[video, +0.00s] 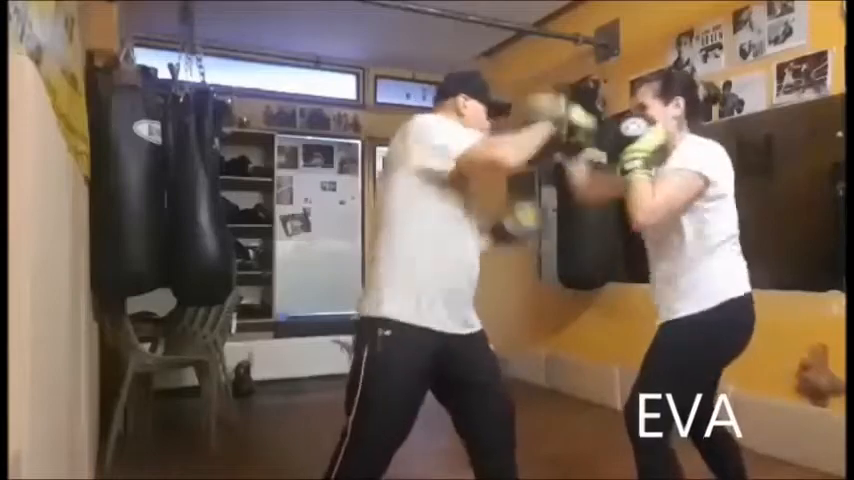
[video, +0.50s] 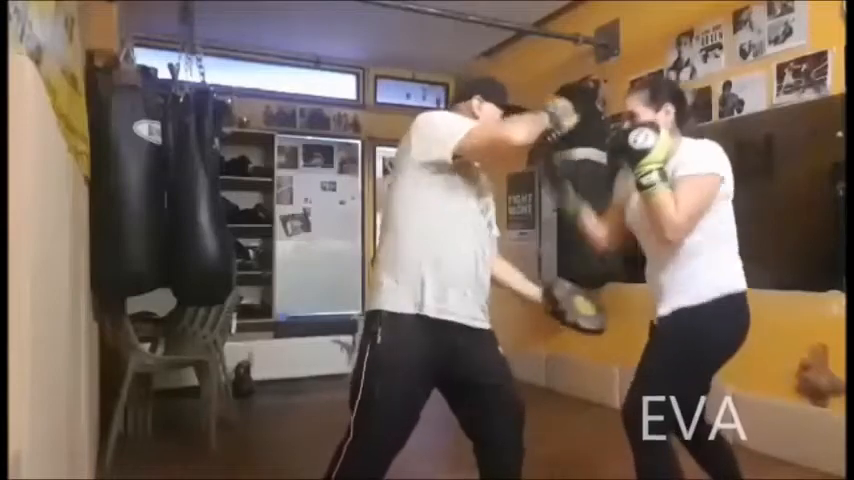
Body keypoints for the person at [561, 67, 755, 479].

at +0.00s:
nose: (637, 118)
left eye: (645, 108)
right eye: (636, 110)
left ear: (676, 106)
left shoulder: (702, 155)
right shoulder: (658, 163)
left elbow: (645, 215)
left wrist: (637, 159)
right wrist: (575, 148)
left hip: (712, 314)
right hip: (688, 316)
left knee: (643, 415)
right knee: (698, 412)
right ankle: (735, 473)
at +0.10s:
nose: (636, 120)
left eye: (643, 110)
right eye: (634, 112)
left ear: (674, 108)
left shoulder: (704, 156)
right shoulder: (657, 167)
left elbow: (652, 222)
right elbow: (584, 191)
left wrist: (636, 166)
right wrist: (574, 144)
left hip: (712, 315)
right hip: (682, 318)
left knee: (644, 416)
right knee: (694, 416)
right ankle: (731, 473)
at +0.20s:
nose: (625, 140)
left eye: (632, 129)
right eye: (623, 131)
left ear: (662, 124)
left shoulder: (693, 164)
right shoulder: (653, 177)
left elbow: (655, 240)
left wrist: (632, 183)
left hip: (719, 324)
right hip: (678, 325)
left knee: (638, 419)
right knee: (686, 425)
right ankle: (724, 473)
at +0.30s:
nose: (614, 157)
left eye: (621, 146)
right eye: (611, 147)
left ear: (652, 145)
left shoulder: (681, 176)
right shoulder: (652, 190)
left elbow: (652, 254)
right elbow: (663, 291)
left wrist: (627, 198)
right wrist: (614, 275)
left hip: (719, 334)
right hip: (679, 332)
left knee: (637, 421)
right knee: (677, 426)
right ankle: (721, 472)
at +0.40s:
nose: (618, 144)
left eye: (626, 134)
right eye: (617, 135)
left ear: (658, 133)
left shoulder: (689, 164)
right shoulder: (640, 191)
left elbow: (664, 238)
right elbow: (651, 278)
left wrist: (635, 184)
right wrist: (603, 264)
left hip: (719, 325)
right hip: (677, 327)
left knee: (637, 419)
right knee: (677, 421)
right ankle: (724, 472)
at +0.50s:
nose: (627, 127)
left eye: (634, 117)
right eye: (625, 119)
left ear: (666, 113)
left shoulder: (703, 155)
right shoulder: (634, 173)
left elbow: (673, 229)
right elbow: (606, 239)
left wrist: (646, 165)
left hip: (711, 309)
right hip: (674, 315)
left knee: (641, 413)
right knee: (687, 418)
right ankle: (731, 474)